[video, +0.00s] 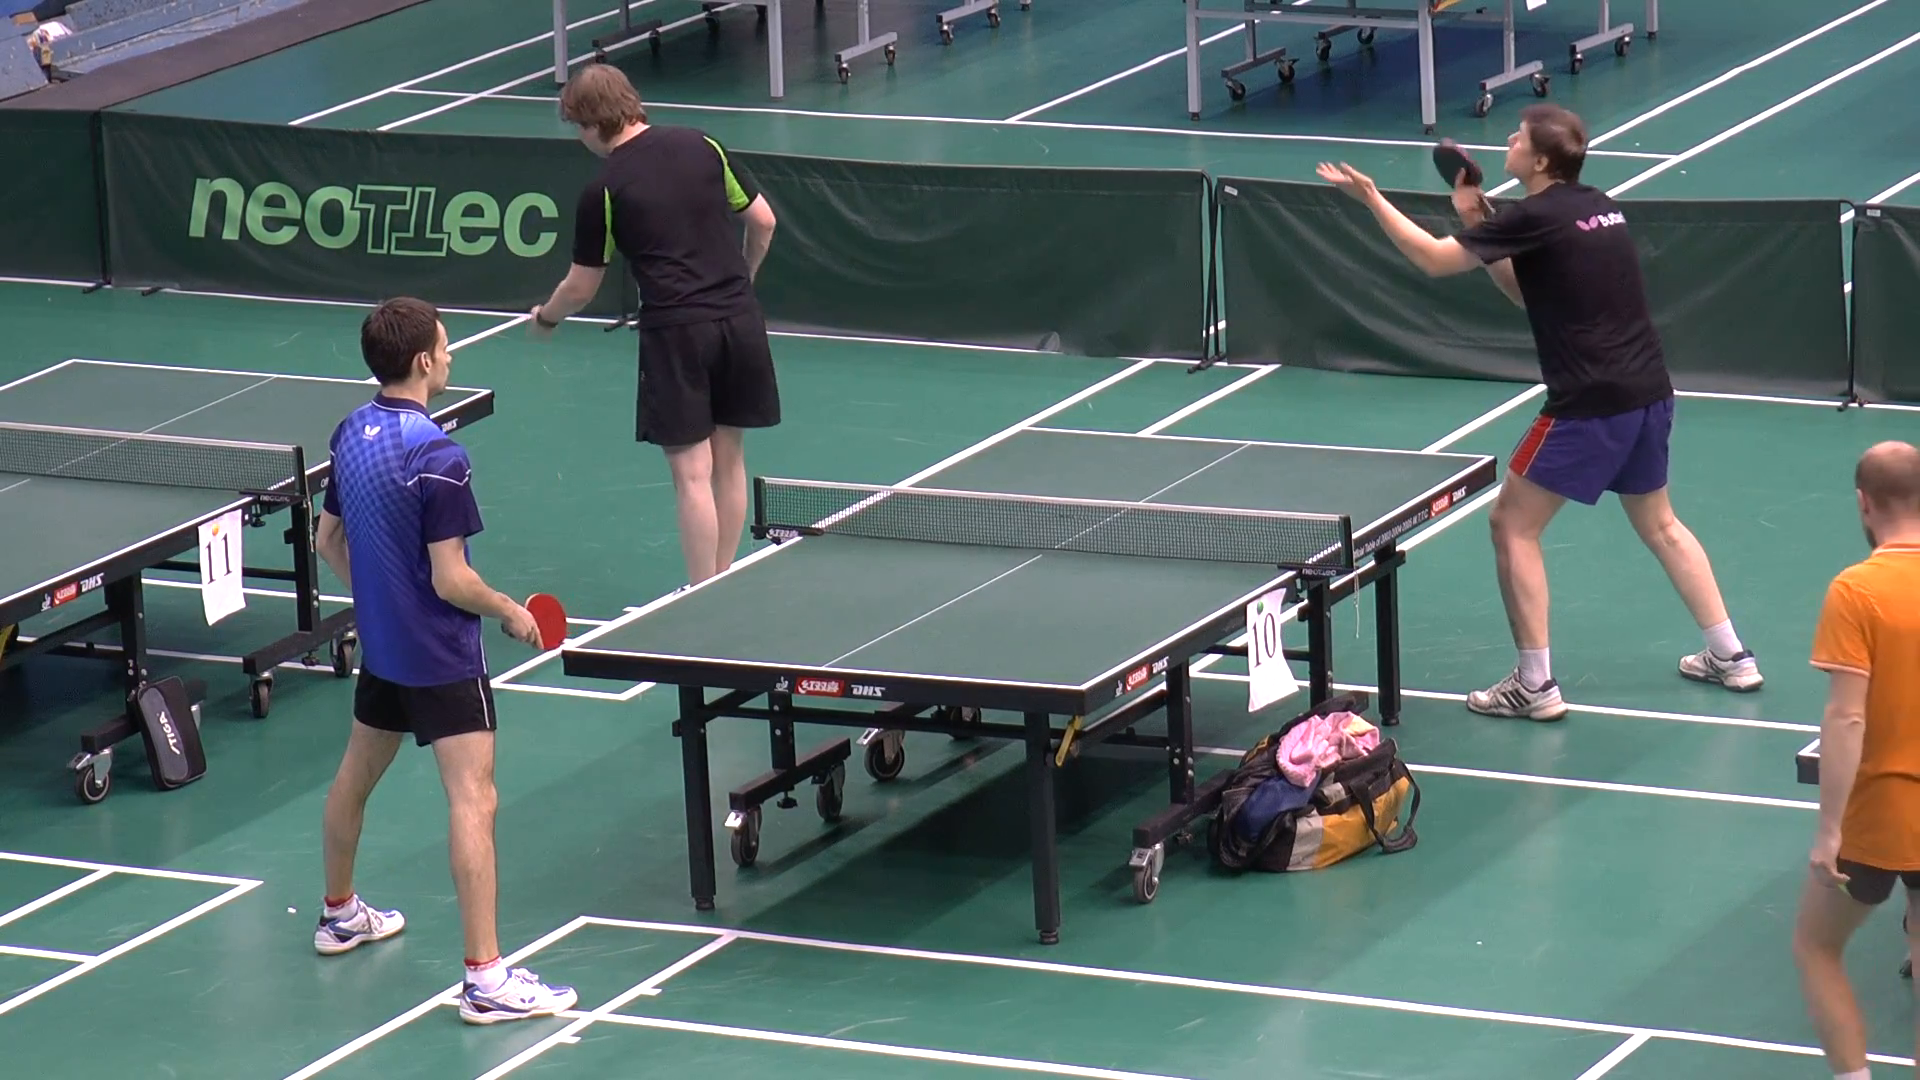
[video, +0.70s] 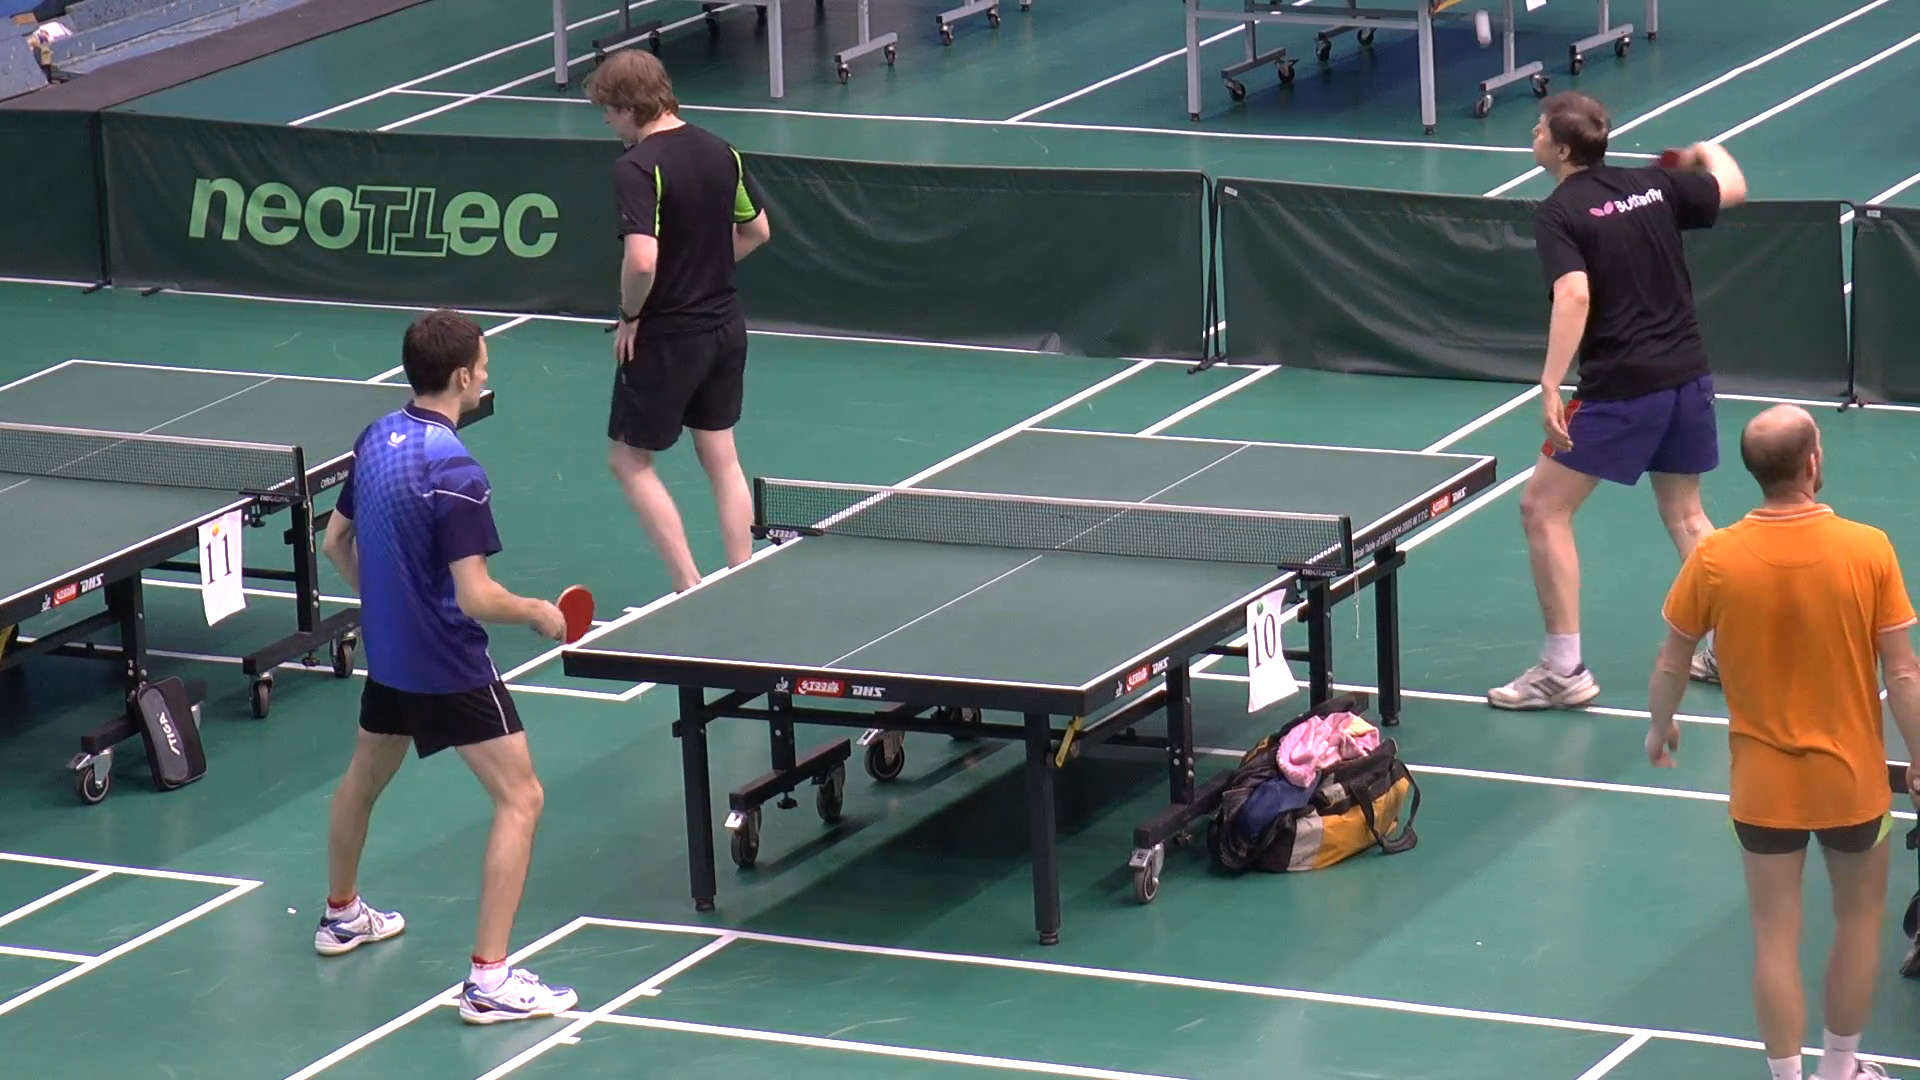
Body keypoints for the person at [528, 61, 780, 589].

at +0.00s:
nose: (581, 138)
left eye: (579, 127)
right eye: (576, 129)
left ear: (595, 121)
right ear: (633, 104)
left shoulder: (606, 186)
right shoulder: (700, 146)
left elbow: (580, 286)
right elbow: (763, 219)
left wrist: (547, 315)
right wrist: (741, 276)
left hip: (677, 333)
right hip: (740, 322)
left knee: (693, 478)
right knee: (729, 464)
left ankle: (704, 603)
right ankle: (722, 589)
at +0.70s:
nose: (608, 123)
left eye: (608, 111)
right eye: (605, 112)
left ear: (627, 107)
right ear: (663, 94)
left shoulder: (637, 165)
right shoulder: (717, 148)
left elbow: (642, 261)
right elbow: (756, 230)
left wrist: (628, 317)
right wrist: (706, 263)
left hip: (669, 340)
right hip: (725, 330)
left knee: (629, 460)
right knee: (722, 458)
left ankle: (690, 586)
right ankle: (745, 582)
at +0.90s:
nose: (599, 124)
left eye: (599, 113)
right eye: (596, 113)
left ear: (618, 107)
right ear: (654, 95)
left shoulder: (636, 164)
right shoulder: (712, 151)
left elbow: (634, 266)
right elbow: (736, 235)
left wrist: (614, 326)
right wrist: (679, 262)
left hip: (659, 333)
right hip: (715, 327)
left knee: (583, 442)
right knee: (719, 456)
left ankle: (628, 582)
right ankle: (747, 586)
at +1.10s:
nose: (562, 136)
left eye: (564, 124)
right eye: (560, 124)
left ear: (588, 118)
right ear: (616, 109)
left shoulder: (607, 175)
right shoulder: (681, 159)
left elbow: (583, 277)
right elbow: (704, 246)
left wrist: (546, 334)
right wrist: (642, 267)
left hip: (629, 344)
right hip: (690, 339)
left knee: (565, 459)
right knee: (687, 460)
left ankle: (542, 596)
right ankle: (735, 580)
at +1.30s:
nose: (497, 164)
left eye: (499, 152)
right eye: (493, 154)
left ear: (525, 145)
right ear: (550, 134)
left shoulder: (543, 207)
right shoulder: (623, 172)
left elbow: (507, 310)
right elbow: (660, 251)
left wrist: (460, 364)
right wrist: (582, 292)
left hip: (594, 350)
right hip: (657, 343)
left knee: (534, 463)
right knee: (648, 465)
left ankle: (523, 601)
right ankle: (727, 575)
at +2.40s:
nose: (476, 172)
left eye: (477, 160)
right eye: (472, 161)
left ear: (504, 149)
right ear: (527, 139)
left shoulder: (530, 208)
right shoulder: (600, 164)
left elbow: (498, 311)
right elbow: (652, 240)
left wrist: (440, 361)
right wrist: (575, 289)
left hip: (601, 340)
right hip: (663, 331)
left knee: (536, 459)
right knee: (662, 458)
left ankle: (524, 602)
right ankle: (710, 581)